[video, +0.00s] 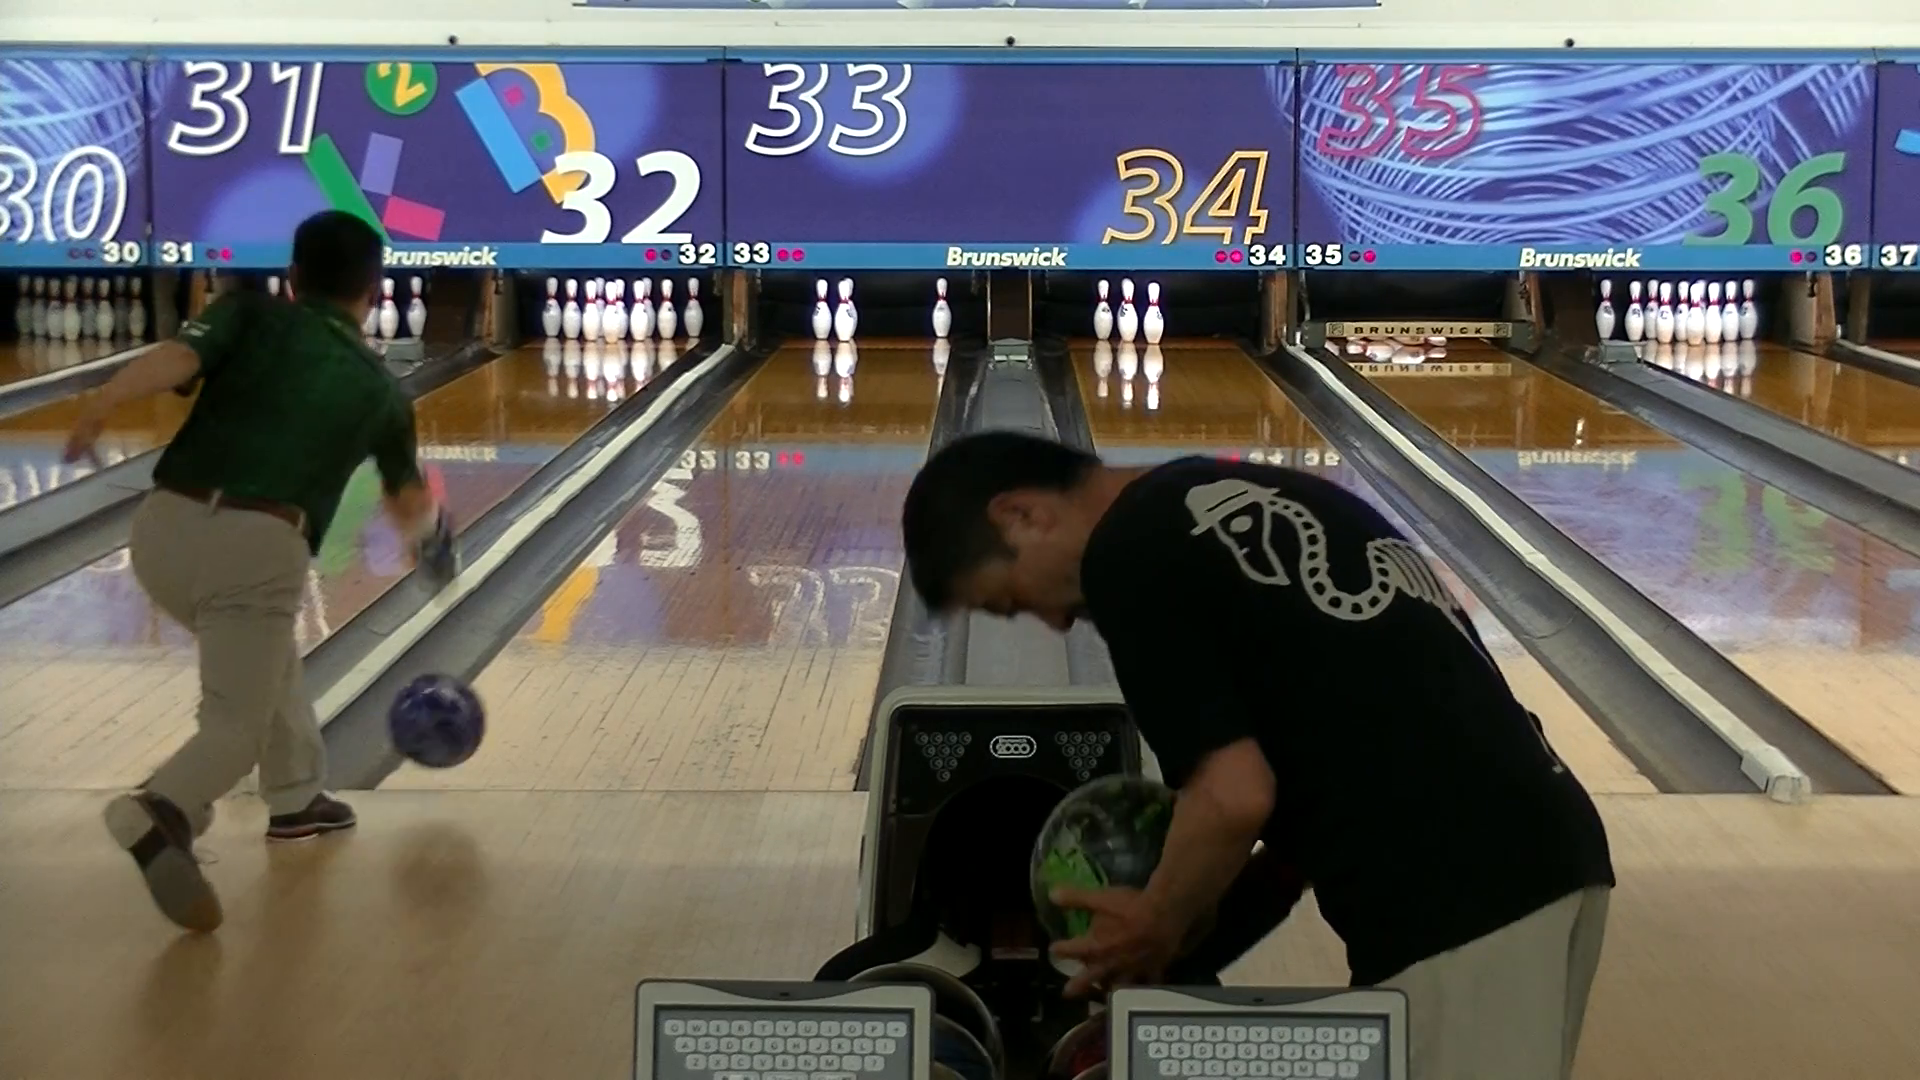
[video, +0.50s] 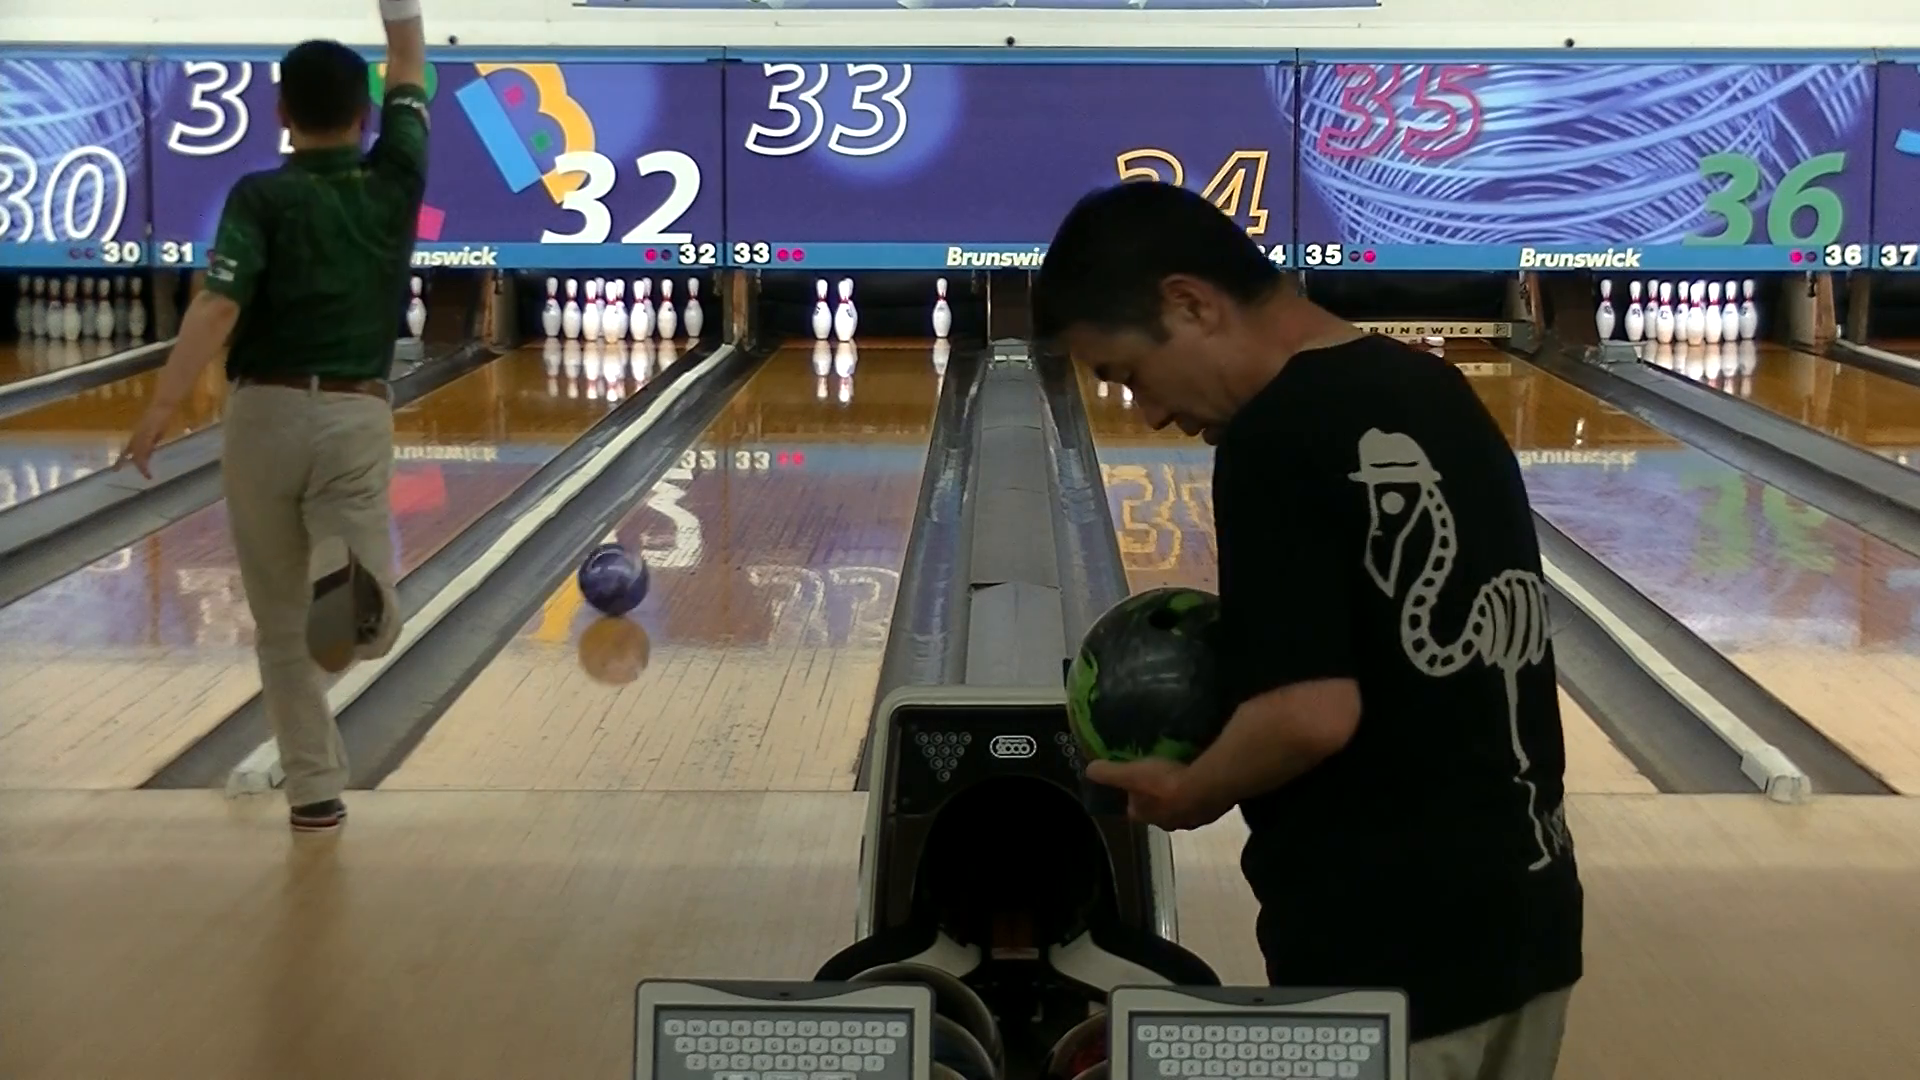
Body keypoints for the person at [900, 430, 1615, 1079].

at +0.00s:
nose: (1047, 624)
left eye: (1013, 600)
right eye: (1015, 614)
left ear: (1025, 518)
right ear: (1031, 505)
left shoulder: (1132, 555)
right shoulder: (1269, 493)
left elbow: (1237, 791)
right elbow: (1333, 780)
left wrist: (1164, 918)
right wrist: (1182, 937)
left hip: (1450, 894)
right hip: (1546, 852)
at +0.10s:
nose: (1056, 563)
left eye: (1028, 536)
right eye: (1027, 551)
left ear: (1049, 453)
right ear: (1056, 440)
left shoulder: (1164, 510)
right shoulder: (1288, 451)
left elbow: (1251, 761)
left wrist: (1157, 881)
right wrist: (1177, 878)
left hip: (1431, 903)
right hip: (1543, 862)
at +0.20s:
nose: (1083, 499)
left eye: (1055, 470)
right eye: (1052, 482)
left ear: (1094, 390)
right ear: (1097, 384)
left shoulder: (1195, 472)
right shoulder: (1338, 418)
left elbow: (1258, 727)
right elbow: (1382, 680)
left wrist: (1151, 818)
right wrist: (1188, 796)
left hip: (1405, 925)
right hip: (1523, 885)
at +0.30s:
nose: (1101, 454)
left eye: (1077, 420)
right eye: (1072, 432)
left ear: (1125, 347)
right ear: (1129, 341)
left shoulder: (1216, 456)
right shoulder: (1378, 395)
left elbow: (1252, 720)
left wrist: (1145, 792)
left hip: (1389, 944)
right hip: (1519, 906)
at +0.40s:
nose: (1130, 429)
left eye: (1109, 393)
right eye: (1103, 404)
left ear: (1162, 322)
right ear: (1168, 314)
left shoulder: (1245, 442)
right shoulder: (1411, 386)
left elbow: (1283, 718)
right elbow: (1429, 625)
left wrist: (1179, 792)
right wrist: (1227, 631)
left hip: (1376, 955)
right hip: (1520, 922)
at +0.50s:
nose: (1145, 415)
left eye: (1129, 377)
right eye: (1123, 388)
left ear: (1193, 307)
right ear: (1199, 303)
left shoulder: (1273, 442)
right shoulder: (1434, 387)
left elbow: (1312, 711)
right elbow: (1437, 635)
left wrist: (1197, 791)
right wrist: (1240, 655)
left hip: (1379, 952)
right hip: (1526, 918)